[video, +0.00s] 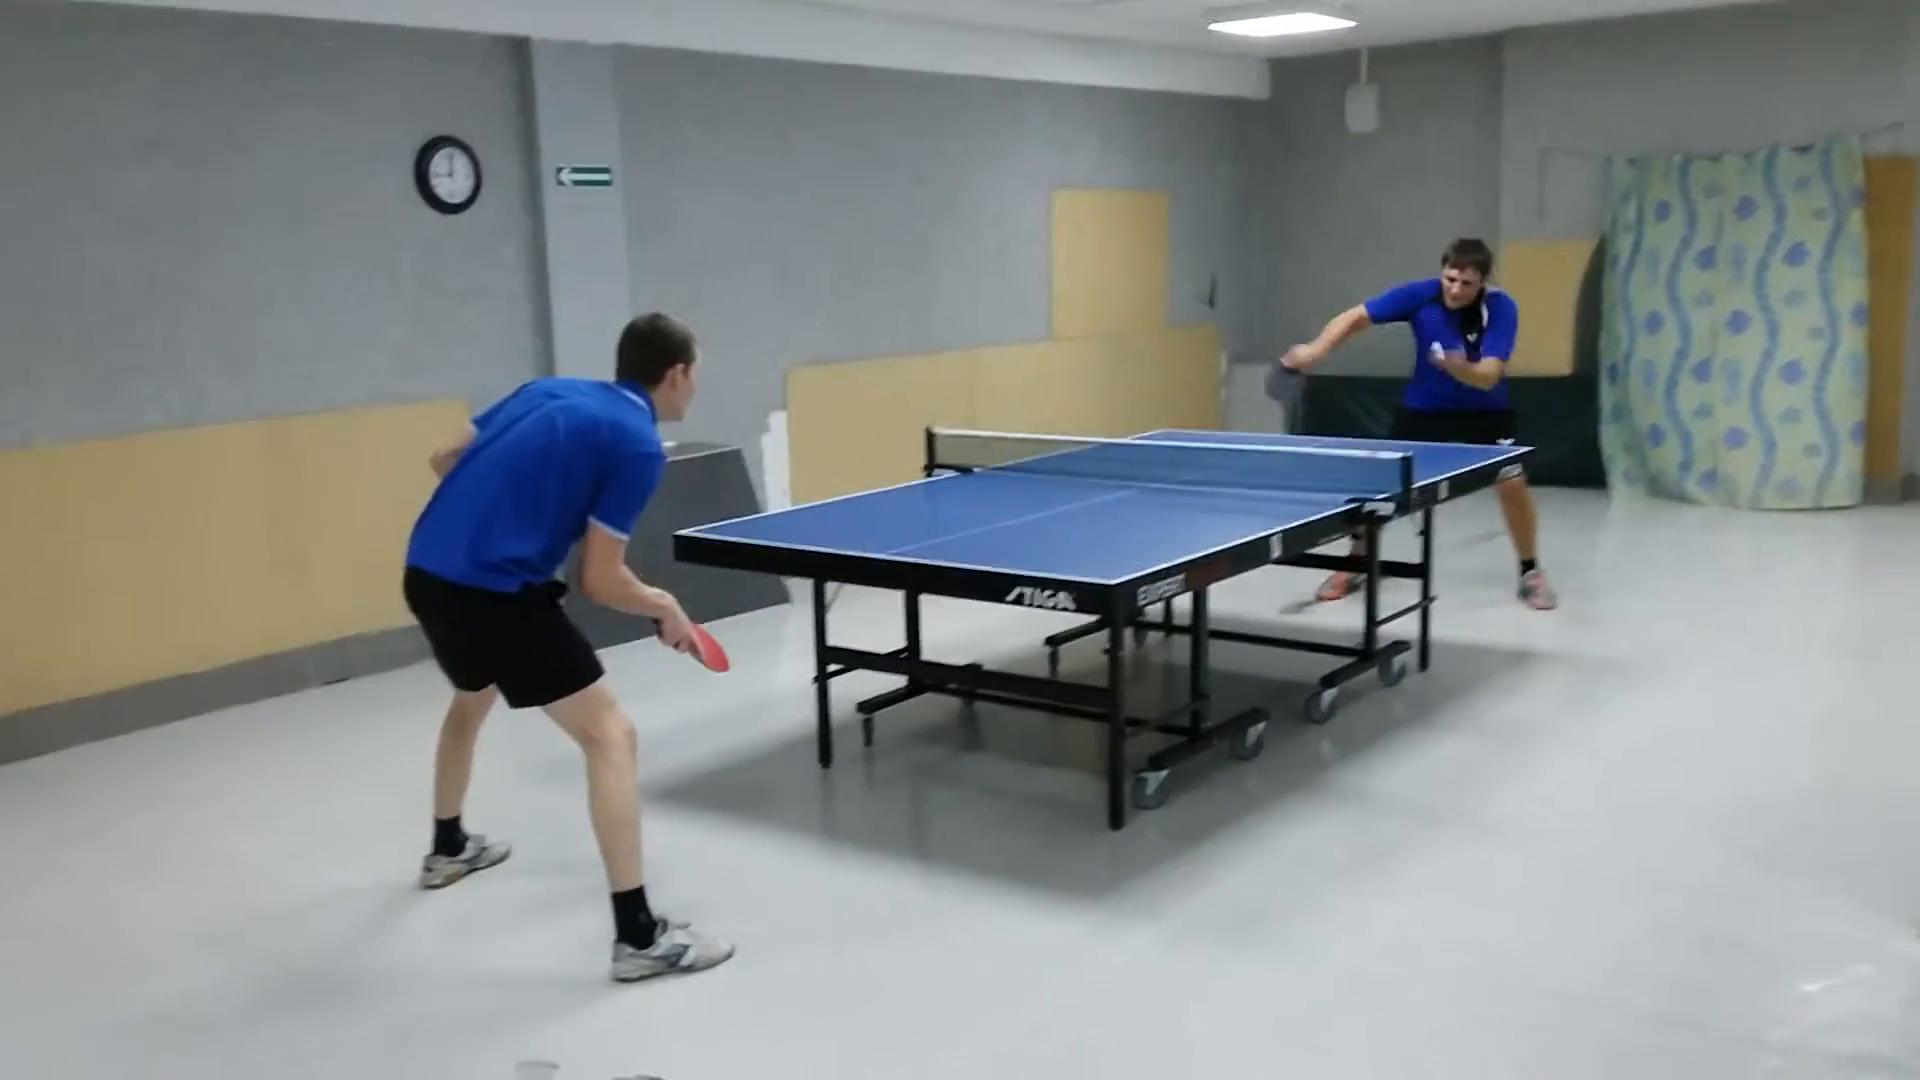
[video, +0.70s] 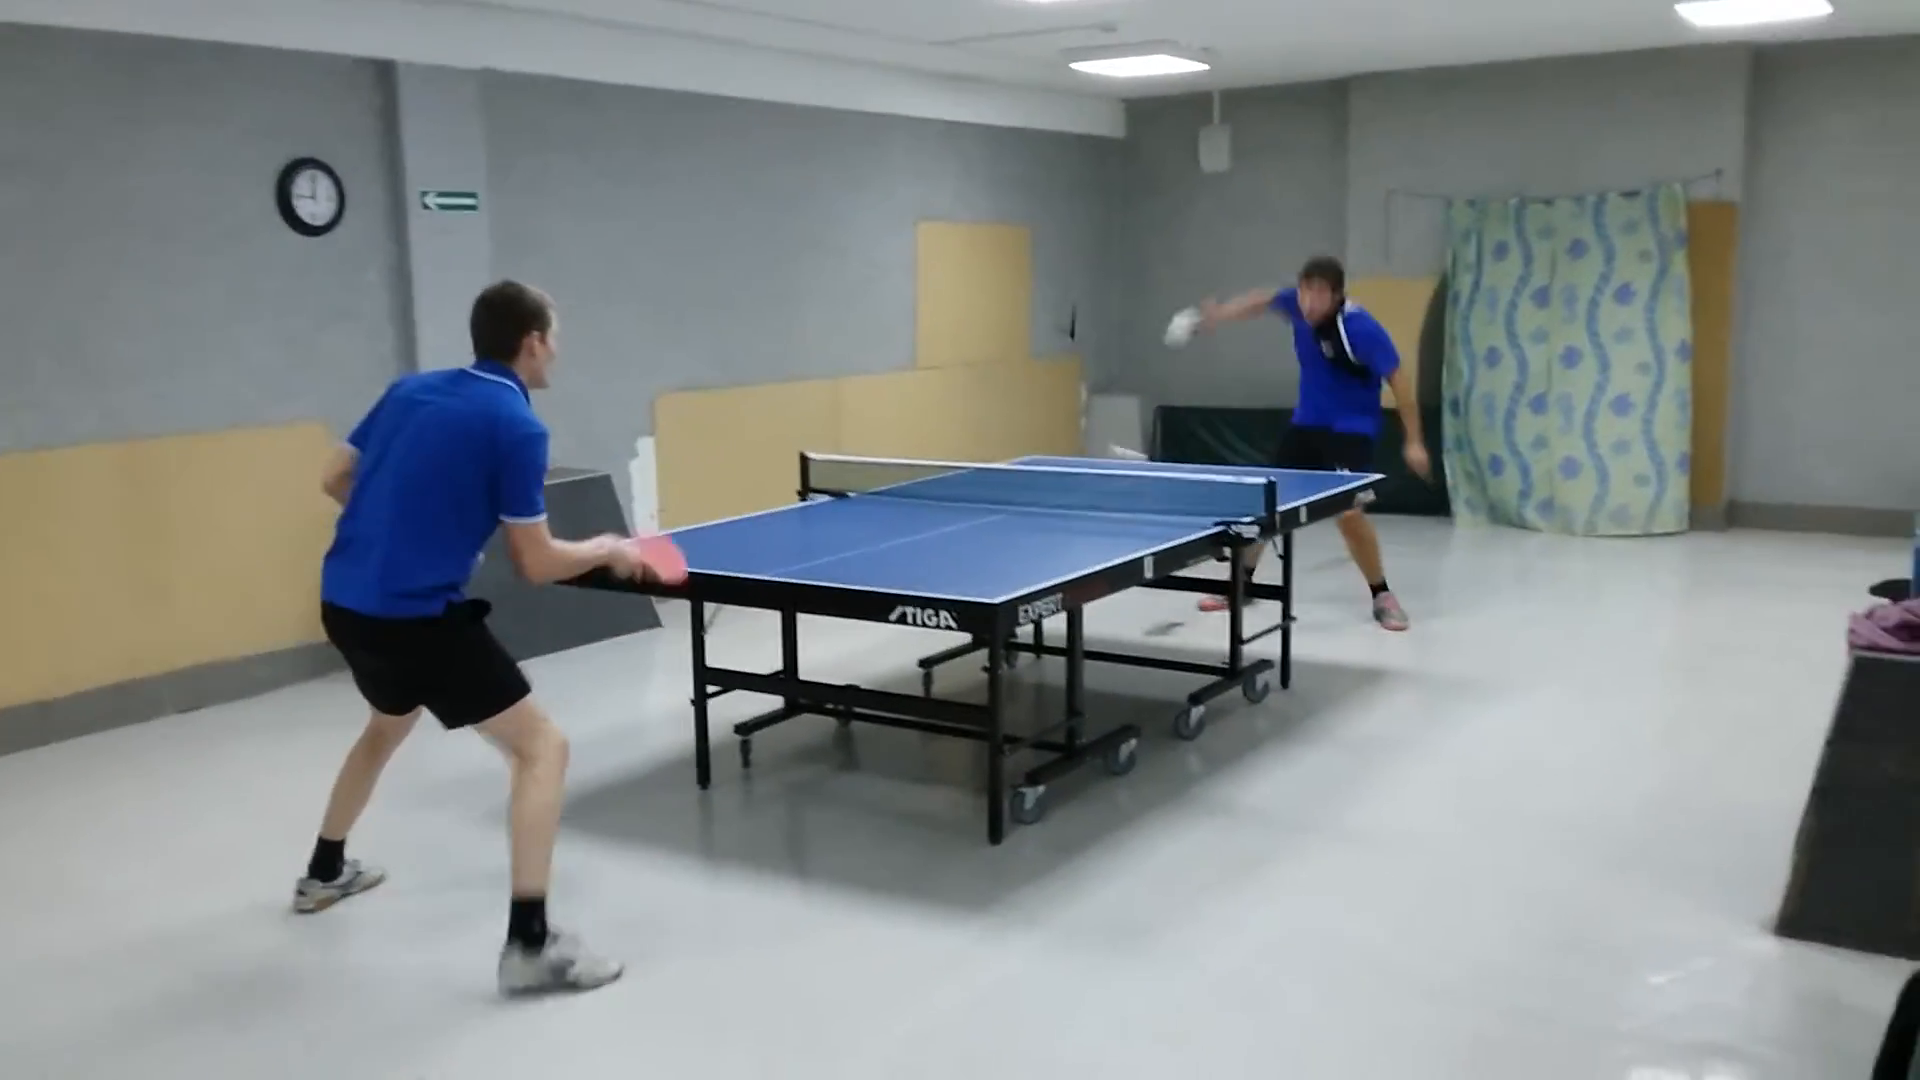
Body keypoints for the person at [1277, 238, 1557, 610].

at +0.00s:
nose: (1456, 290)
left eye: (1466, 283)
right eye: (1450, 280)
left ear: (1482, 282)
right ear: (1441, 273)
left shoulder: (1499, 308)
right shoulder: (1421, 296)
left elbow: (1491, 375)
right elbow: (1357, 317)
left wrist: (1459, 369)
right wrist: (1314, 350)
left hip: (1485, 416)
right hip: (1424, 413)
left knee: (1512, 479)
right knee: (1378, 485)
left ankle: (1530, 572)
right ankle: (1356, 565)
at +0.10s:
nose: (1440, 286)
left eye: (1451, 281)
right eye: (1436, 276)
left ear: (1468, 282)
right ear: (1428, 270)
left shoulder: (1486, 305)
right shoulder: (1407, 295)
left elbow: (1490, 373)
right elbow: (1347, 324)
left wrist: (1461, 363)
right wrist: (1328, 359)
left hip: (1463, 422)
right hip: (1404, 418)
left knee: (1486, 492)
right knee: (1359, 493)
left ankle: (1503, 586)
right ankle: (1327, 576)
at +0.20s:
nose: (1425, 280)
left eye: (1436, 275)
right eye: (1421, 270)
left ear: (1453, 279)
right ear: (1414, 265)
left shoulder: (1471, 303)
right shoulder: (1390, 293)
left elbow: (1501, 353)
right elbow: (1347, 336)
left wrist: (1493, 375)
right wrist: (1376, 372)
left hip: (1443, 416)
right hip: (1387, 411)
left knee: (1463, 494)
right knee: (1342, 486)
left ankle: (1479, 589)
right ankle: (1313, 567)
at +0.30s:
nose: (1409, 301)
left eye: (1419, 297)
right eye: (1406, 291)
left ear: (1433, 302)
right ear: (1396, 288)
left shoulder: (1448, 322)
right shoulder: (1371, 314)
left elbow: (1495, 361)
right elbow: (1360, 373)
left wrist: (1512, 394)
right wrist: (1421, 382)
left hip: (1422, 434)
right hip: (1364, 434)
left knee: (1447, 512)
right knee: (1330, 505)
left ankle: (1460, 605)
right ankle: (1299, 568)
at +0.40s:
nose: (1394, 334)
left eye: (1404, 327)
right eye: (1389, 323)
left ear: (1417, 328)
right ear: (1378, 319)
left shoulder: (1429, 344)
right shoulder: (1355, 343)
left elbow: (1477, 367)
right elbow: (1362, 403)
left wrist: (1507, 406)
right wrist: (1420, 384)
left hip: (1406, 455)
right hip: (1349, 457)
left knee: (1436, 522)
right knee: (1309, 526)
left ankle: (1448, 612)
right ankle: (1294, 601)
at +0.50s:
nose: (1359, 364)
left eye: (1368, 358)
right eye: (1355, 355)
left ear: (1382, 356)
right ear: (1345, 348)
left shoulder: (1403, 361)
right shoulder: (1324, 363)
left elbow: (1445, 379)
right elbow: (1310, 417)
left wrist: (1479, 422)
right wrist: (1370, 402)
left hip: (1388, 467)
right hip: (1328, 467)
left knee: (1413, 524)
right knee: (1289, 520)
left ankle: (1428, 610)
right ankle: (1276, 598)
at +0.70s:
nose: (1310, 301)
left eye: (1318, 293)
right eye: (1306, 292)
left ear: (1336, 294)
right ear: (1300, 291)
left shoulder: (1359, 327)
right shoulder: (1296, 305)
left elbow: (1399, 380)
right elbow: (1256, 304)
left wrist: (1413, 441)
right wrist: (1210, 316)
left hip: (1351, 434)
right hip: (1305, 428)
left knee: (1348, 512)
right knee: (1265, 503)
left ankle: (1382, 596)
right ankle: (1238, 588)